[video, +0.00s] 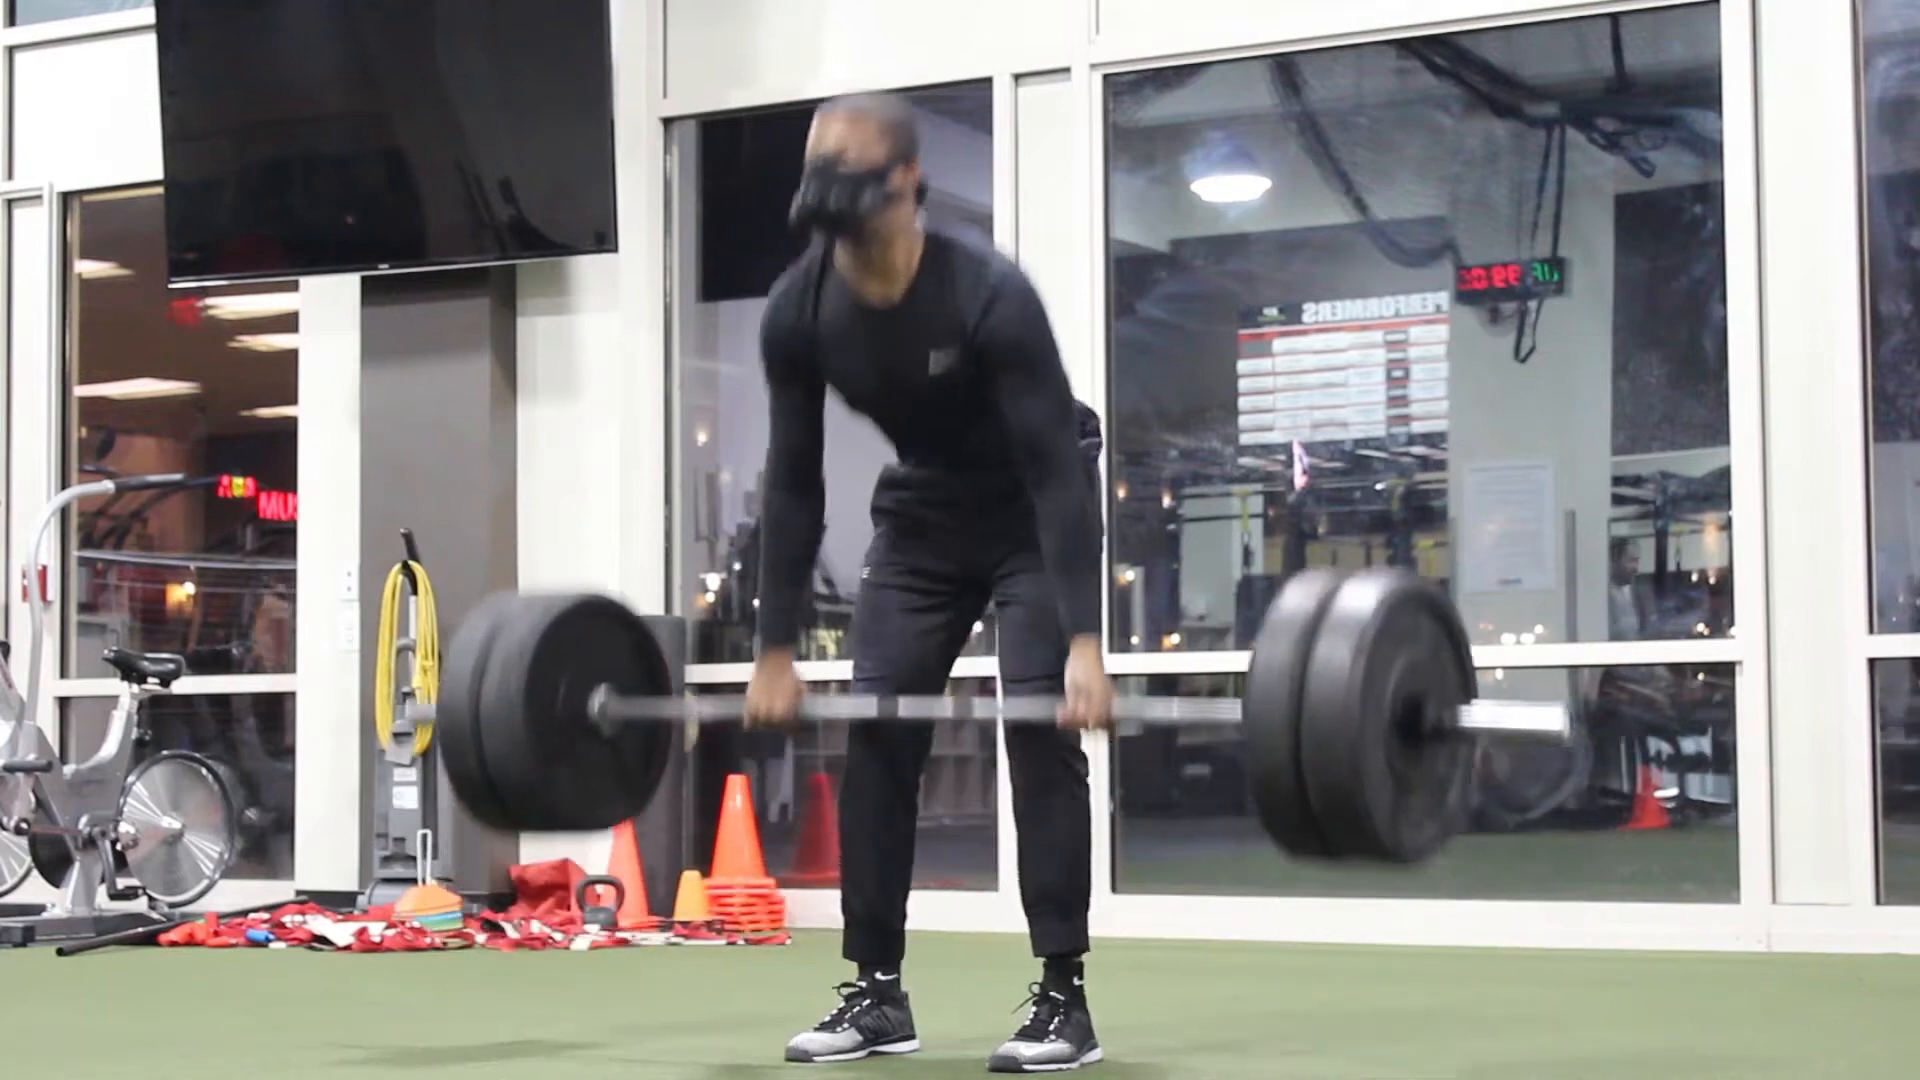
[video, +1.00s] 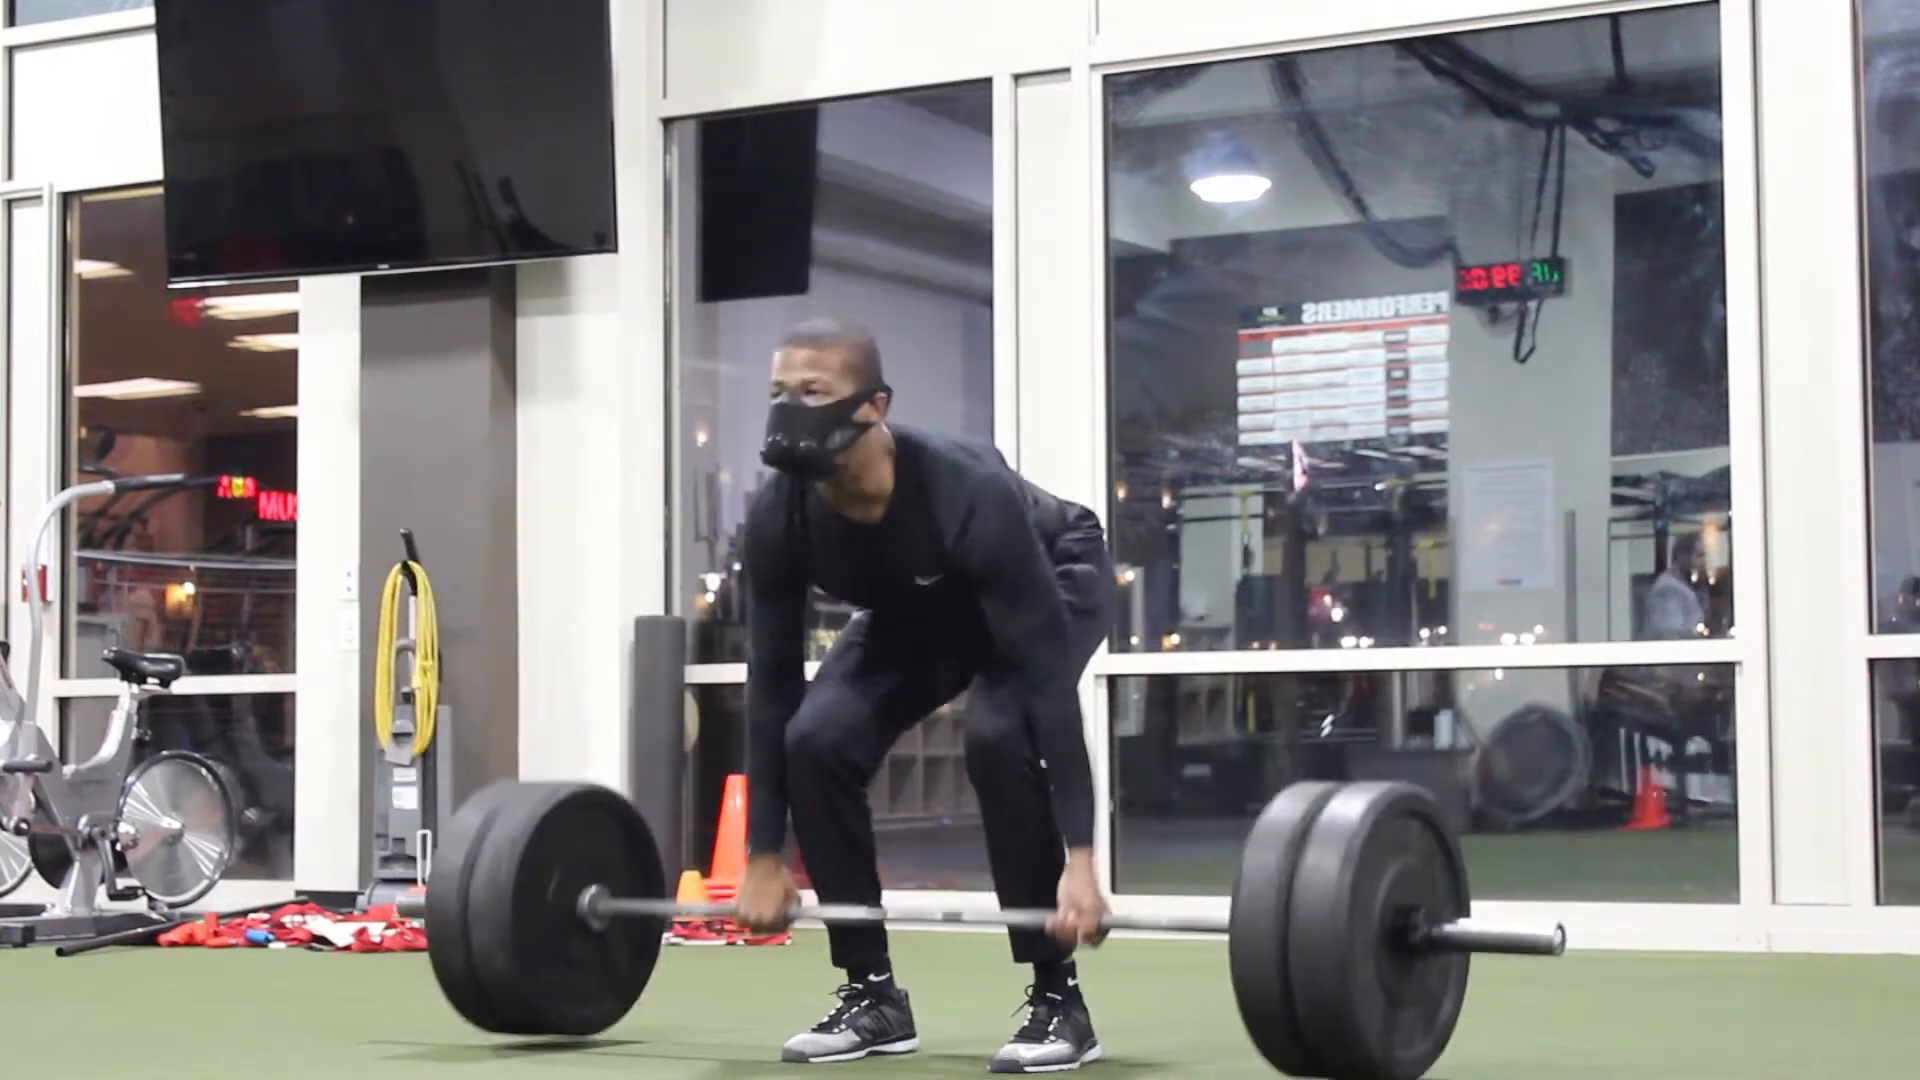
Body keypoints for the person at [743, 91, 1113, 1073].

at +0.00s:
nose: (822, 192)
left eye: (845, 175)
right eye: (813, 174)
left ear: (907, 179)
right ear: (804, 178)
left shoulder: (990, 294)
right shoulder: (798, 311)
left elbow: (1057, 464)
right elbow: (792, 478)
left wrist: (1084, 642)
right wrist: (777, 645)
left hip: (1040, 502)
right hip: (923, 506)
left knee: (1038, 726)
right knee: (878, 724)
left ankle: (1061, 999)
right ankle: (877, 993)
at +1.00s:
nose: (788, 411)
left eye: (811, 394)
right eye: (779, 393)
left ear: (873, 409)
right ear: (767, 400)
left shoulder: (972, 493)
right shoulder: (776, 517)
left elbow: (1049, 677)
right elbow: (771, 687)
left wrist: (1081, 857)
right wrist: (765, 857)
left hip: (1048, 573)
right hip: (927, 599)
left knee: (998, 739)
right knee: (817, 745)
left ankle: (1057, 1004)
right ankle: (873, 997)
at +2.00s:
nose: (873, 114)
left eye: (896, 97)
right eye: (862, 96)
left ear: (949, 102)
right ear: (850, 104)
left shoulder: (1021, 230)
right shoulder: (834, 244)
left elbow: (1063, 411)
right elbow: (810, 420)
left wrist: (1086, 574)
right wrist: (778, 587)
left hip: (1043, 497)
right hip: (927, 496)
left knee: (1045, 713)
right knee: (885, 716)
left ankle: (1064, 998)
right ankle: (874, 992)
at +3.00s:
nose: (856, 108)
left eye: (877, 90)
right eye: (844, 91)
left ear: (931, 98)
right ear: (832, 103)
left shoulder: (1007, 220)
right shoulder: (816, 240)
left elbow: (1073, 387)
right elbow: (808, 408)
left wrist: (1098, 548)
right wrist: (790, 566)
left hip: (1035, 482)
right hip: (921, 483)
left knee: (1046, 727)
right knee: (900, 731)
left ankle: (1070, 996)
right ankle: (878, 991)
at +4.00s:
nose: (793, 353)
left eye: (816, 338)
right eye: (784, 337)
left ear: (879, 353)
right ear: (775, 346)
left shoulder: (976, 444)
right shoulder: (780, 468)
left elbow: (1055, 623)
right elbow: (782, 632)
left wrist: (1088, 795)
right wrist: (775, 800)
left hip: (1046, 539)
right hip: (930, 564)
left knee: (1022, 726)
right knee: (842, 729)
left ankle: (1063, 999)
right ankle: (871, 996)